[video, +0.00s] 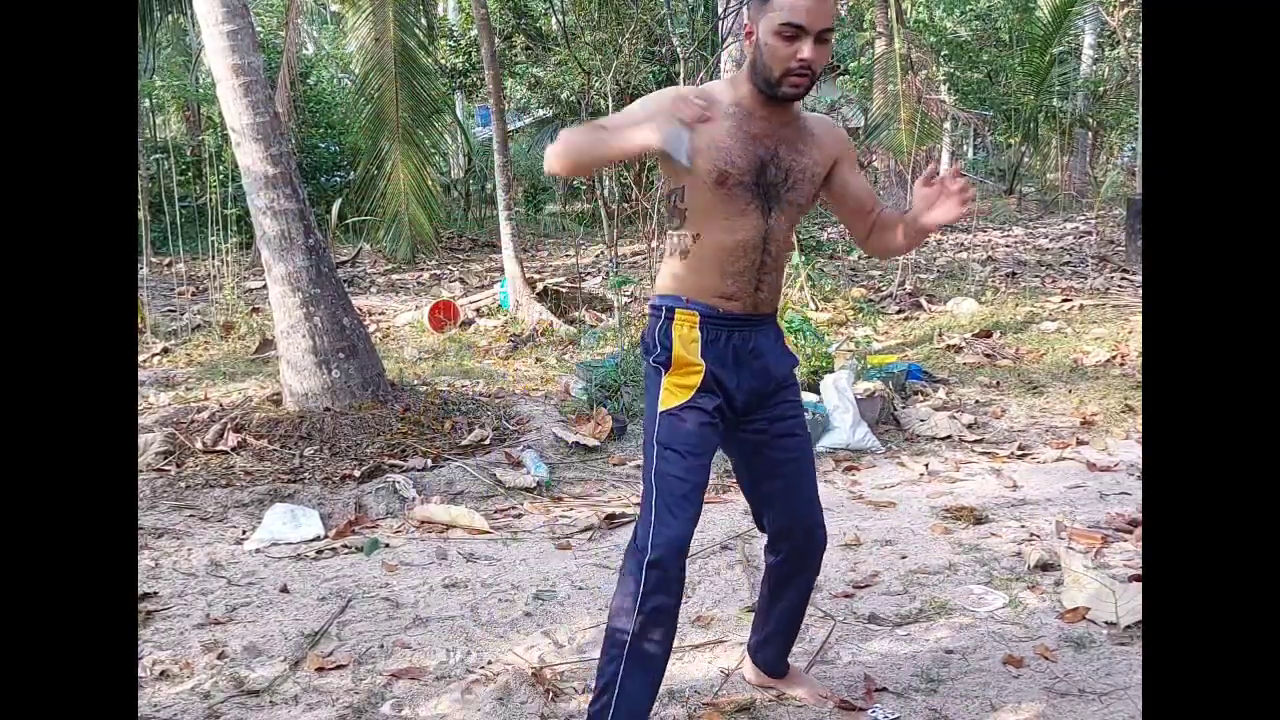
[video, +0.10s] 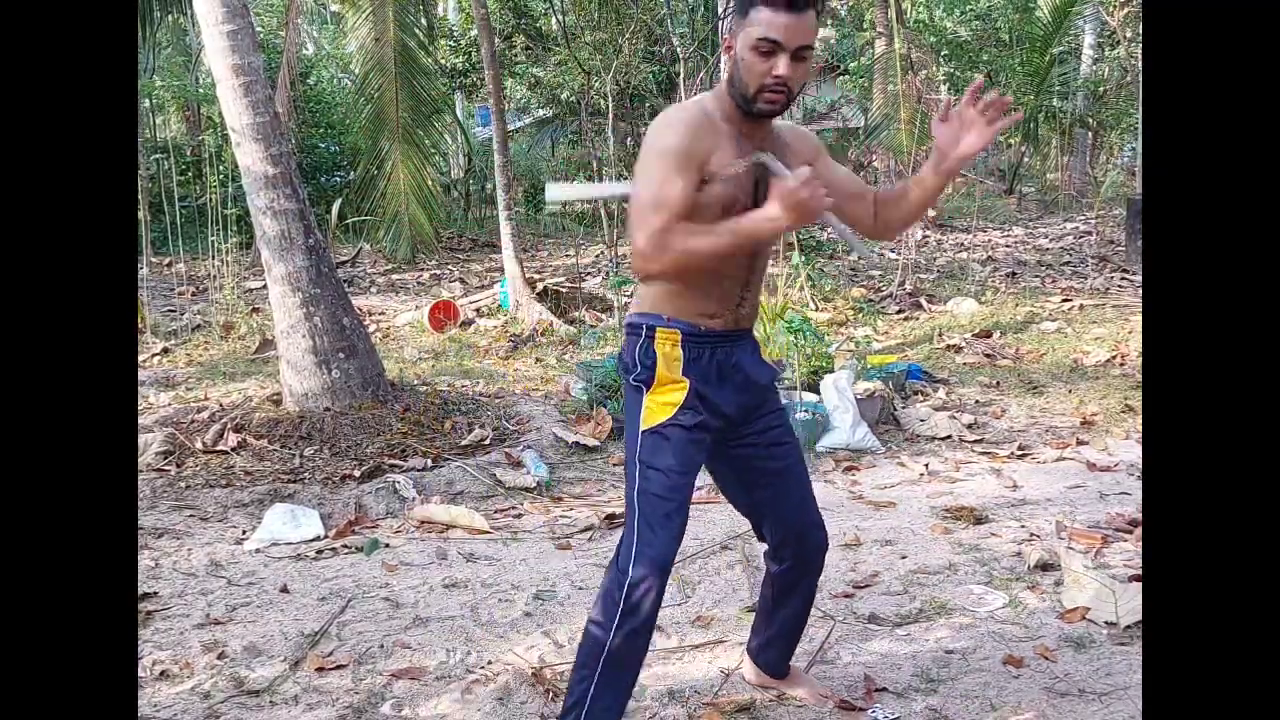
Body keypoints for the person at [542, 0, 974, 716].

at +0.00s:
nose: (809, 56)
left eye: (824, 38)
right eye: (791, 34)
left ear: (835, 41)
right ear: (747, 29)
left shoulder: (826, 140)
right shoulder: (689, 108)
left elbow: (877, 233)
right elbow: (560, 155)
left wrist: (916, 222)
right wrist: (643, 134)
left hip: (763, 345)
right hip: (686, 339)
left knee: (801, 533)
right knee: (663, 541)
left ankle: (768, 662)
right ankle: (614, 711)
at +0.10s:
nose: (783, 72)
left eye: (800, 55)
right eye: (766, 49)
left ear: (813, 58)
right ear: (728, 43)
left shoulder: (793, 142)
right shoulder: (682, 128)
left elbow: (878, 215)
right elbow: (649, 253)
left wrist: (939, 168)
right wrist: (770, 219)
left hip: (739, 359)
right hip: (668, 355)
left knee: (800, 537)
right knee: (645, 563)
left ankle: (768, 666)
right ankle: (585, 714)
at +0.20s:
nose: (734, 86)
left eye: (756, 72)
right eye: (718, 63)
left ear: (772, 77)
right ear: (685, 59)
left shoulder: (735, 142)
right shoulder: (669, 150)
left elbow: (836, 162)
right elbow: (734, 287)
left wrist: (898, 98)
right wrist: (777, 196)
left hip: (694, 381)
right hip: (623, 385)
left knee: (768, 541)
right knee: (610, 593)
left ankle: (768, 666)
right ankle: (561, 716)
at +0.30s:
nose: (671, 84)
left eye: (696, 68)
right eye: (656, 59)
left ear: (715, 69)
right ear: (626, 49)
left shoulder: (696, 131)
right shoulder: (599, 145)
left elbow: (797, 137)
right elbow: (669, 286)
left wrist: (868, 85)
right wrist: (744, 215)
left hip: (638, 381)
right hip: (560, 385)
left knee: (714, 558)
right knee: (574, 600)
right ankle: (544, 717)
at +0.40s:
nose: (609, 98)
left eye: (634, 80)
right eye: (594, 73)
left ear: (664, 79)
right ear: (569, 64)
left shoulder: (683, 145)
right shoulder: (530, 169)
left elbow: (797, 159)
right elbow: (511, 313)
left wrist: (890, 140)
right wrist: (597, 400)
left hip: (614, 385)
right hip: (532, 387)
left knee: (612, 607)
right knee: (556, 605)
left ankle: (461, 636)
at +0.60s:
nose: (550, 182)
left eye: (574, 157)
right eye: (527, 156)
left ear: (599, 143)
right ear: (492, 141)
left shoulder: (636, 215)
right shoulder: (453, 200)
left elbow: (750, 246)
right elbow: (392, 209)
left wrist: (866, 246)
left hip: (549, 445)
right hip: (464, 428)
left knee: (452, 660)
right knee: (530, 660)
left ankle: (313, 714)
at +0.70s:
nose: (575, 167)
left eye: (583, 142)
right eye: (548, 151)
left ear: (590, 128)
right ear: (491, 147)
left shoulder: (622, 220)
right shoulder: (440, 198)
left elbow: (736, 280)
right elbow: (391, 235)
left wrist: (862, 327)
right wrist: (369, 235)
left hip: (549, 442)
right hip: (463, 425)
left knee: (482, 658)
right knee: (520, 651)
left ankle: (335, 716)